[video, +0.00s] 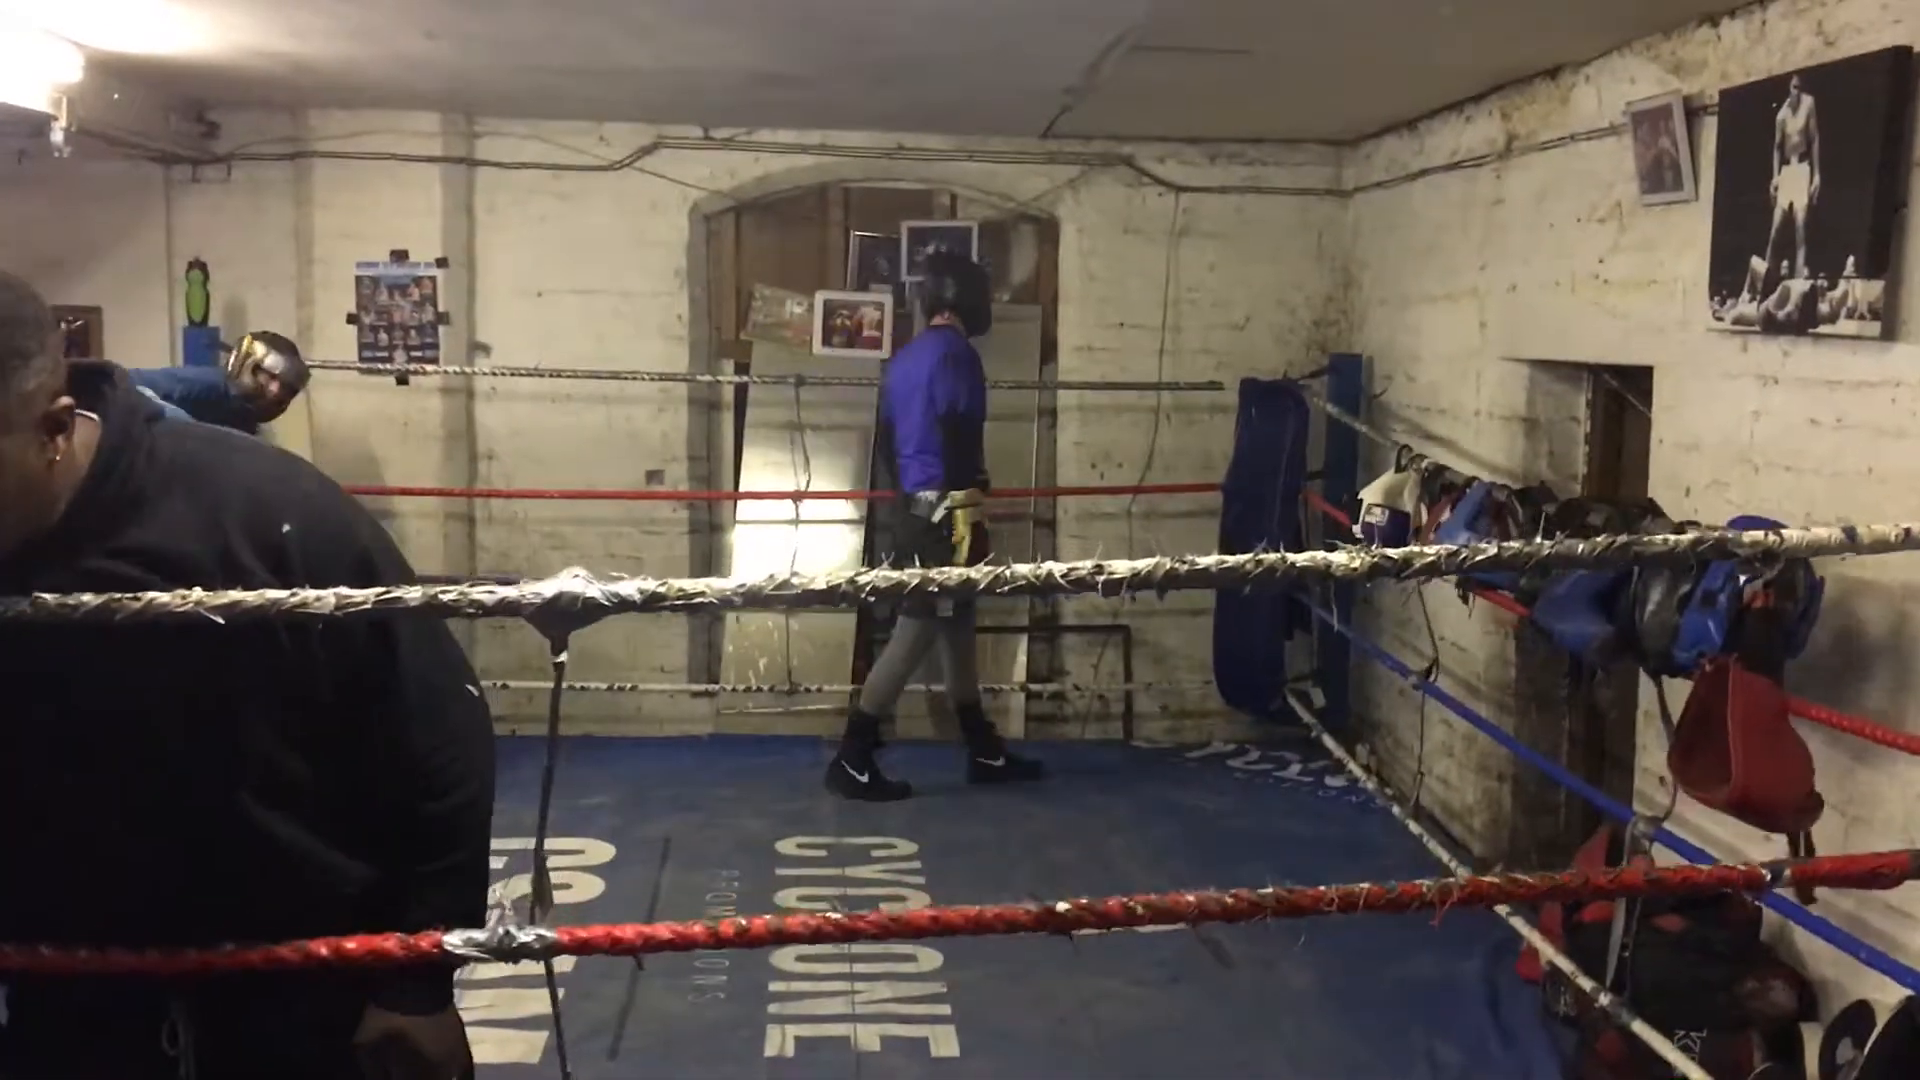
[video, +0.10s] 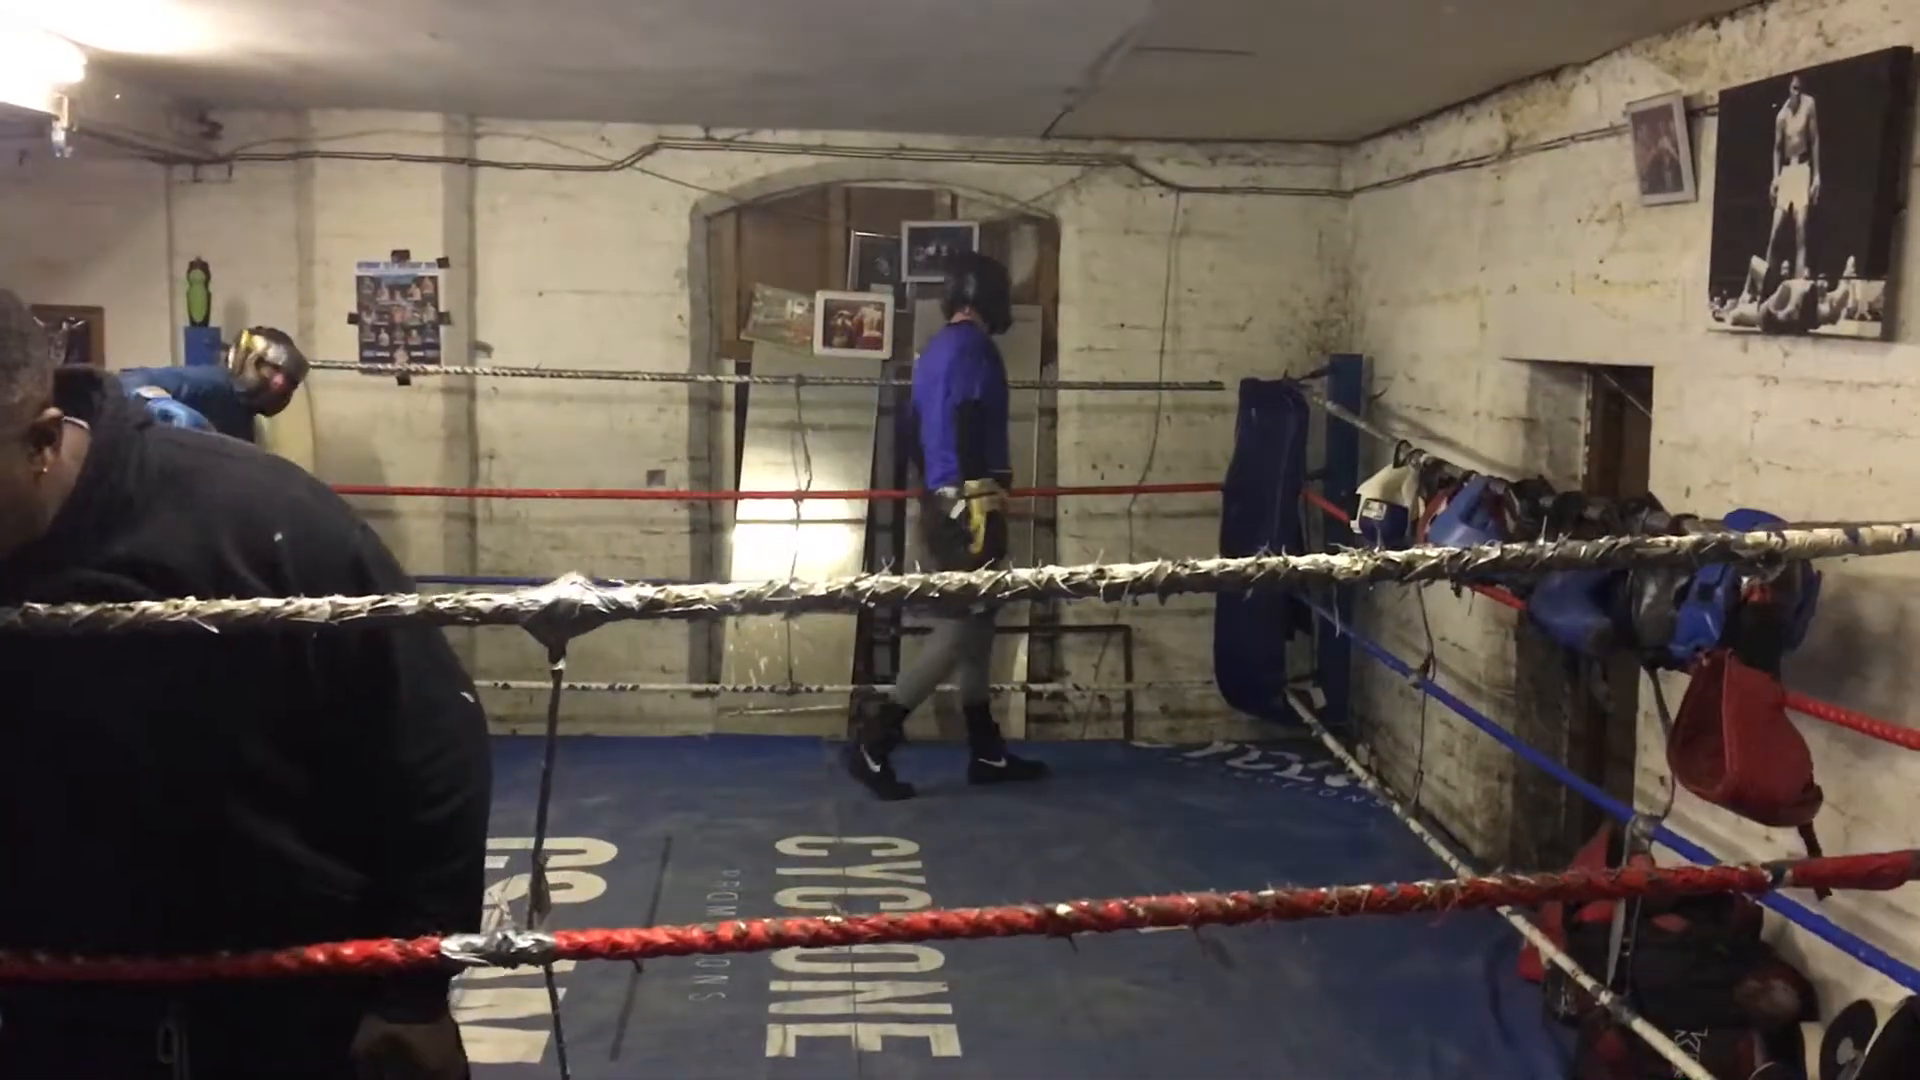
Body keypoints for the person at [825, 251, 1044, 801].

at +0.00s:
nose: (991, 308)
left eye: (988, 296)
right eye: (986, 297)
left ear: (933, 304)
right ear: (964, 302)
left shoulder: (900, 361)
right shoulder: (958, 356)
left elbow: (889, 448)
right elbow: (961, 438)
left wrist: (900, 505)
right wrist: (971, 510)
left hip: (913, 509)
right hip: (941, 511)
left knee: (958, 633)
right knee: (912, 638)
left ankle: (984, 752)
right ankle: (853, 759)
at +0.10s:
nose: (1010, 305)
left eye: (1006, 293)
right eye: (1004, 294)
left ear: (956, 299)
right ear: (986, 298)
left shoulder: (934, 352)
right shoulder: (972, 348)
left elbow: (912, 430)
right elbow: (968, 425)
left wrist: (924, 492)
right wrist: (978, 502)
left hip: (942, 504)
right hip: (968, 506)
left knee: (977, 628)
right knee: (962, 628)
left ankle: (987, 751)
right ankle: (876, 736)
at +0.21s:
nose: (1026, 310)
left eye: (1023, 299)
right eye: (1020, 300)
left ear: (971, 303)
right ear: (1001, 303)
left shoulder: (951, 350)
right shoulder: (984, 349)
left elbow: (929, 419)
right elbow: (979, 421)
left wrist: (941, 484)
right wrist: (995, 494)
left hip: (952, 501)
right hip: (981, 503)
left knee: (976, 629)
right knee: (993, 633)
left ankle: (987, 751)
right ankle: (902, 725)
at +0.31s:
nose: (1039, 310)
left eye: (1037, 299)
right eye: (1035, 299)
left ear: (992, 299)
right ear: (1014, 301)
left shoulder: (972, 351)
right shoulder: (996, 352)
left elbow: (939, 405)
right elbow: (988, 421)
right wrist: (1014, 498)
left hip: (973, 499)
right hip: (996, 503)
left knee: (983, 622)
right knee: (1032, 628)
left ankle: (989, 749)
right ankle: (937, 721)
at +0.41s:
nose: (1055, 310)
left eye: (1053, 299)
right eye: (1050, 298)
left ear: (1007, 297)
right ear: (1031, 298)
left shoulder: (1005, 349)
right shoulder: (1001, 348)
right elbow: (1001, 430)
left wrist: (1055, 499)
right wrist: (1024, 502)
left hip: (994, 500)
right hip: (999, 502)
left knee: (992, 621)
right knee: (1047, 626)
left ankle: (988, 745)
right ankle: (986, 729)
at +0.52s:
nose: (1071, 315)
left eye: (1072, 304)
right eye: (1066, 303)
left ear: (1031, 299)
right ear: (1041, 300)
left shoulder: (1031, 353)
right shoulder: (1009, 347)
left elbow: (1038, 439)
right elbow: (1004, 424)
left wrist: (1065, 497)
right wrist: (1029, 496)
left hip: (1011, 502)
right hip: (1008, 503)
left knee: (997, 624)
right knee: (1067, 621)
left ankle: (988, 754)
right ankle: (1037, 753)